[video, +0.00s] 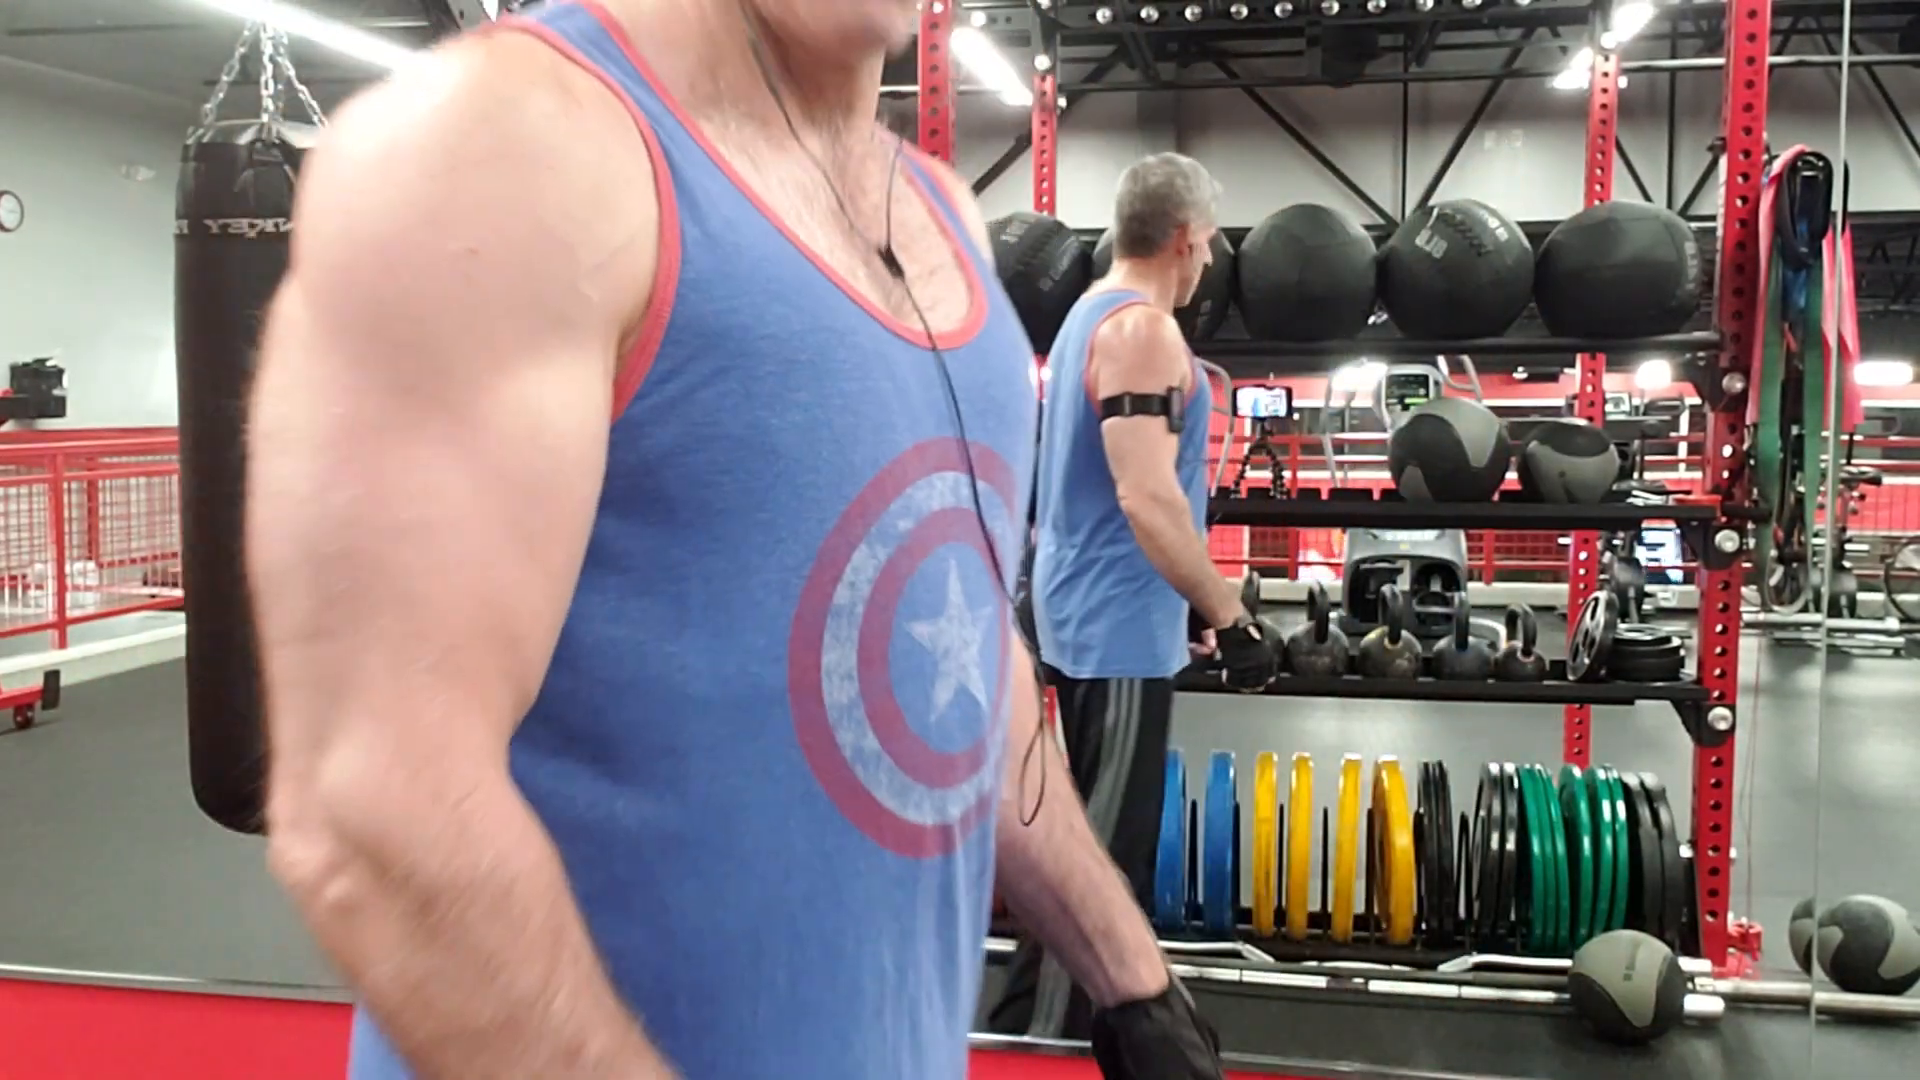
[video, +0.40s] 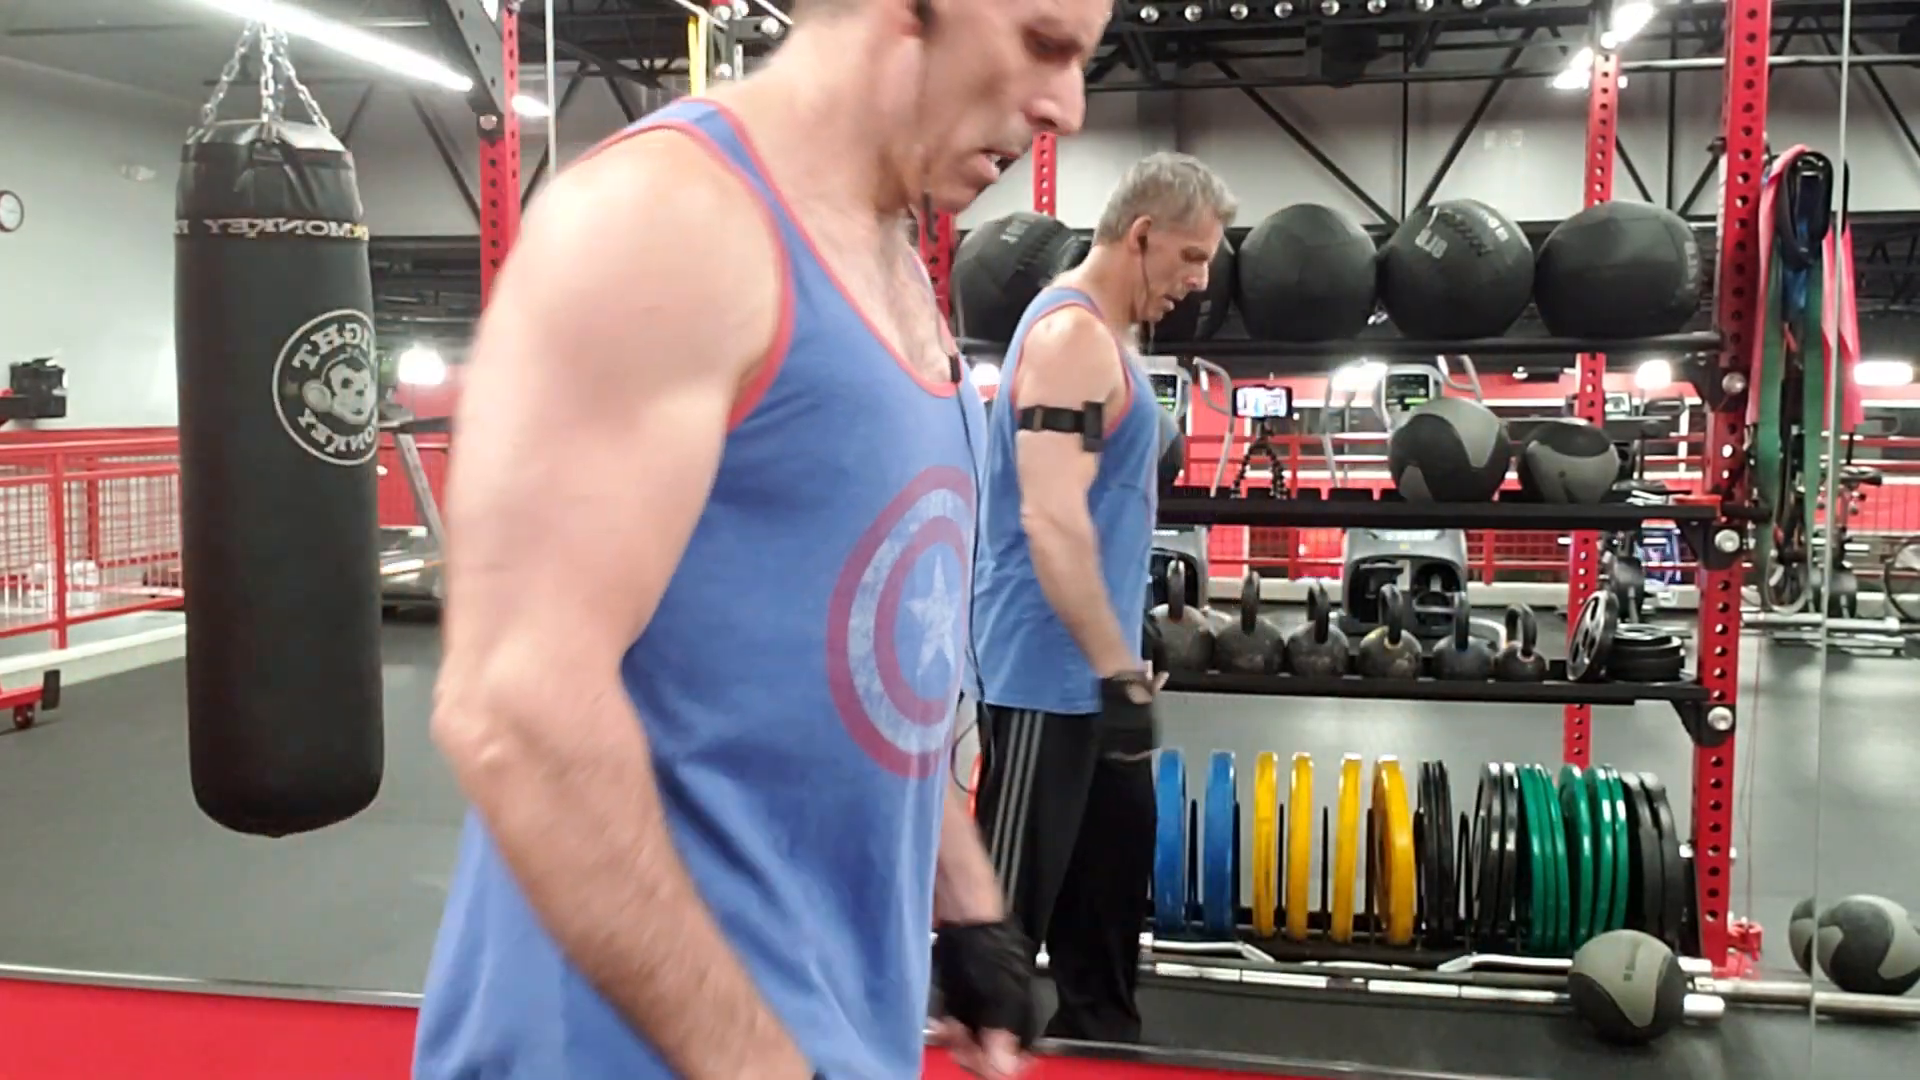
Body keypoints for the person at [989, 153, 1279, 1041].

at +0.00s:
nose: (1210, 257)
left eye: (1212, 242)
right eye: (1211, 241)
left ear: (1127, 235)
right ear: (1188, 240)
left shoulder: (1090, 318)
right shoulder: (1138, 325)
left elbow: (1082, 492)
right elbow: (1146, 496)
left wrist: (1198, 596)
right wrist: (1226, 606)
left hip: (1077, 617)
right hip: (1121, 626)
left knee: (1081, 840)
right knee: (1109, 852)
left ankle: (1042, 1022)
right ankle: (1055, 1034)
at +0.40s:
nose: (1199, 282)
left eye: (1208, 263)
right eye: (1193, 258)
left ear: (1141, 241)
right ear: (1140, 237)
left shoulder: (1098, 329)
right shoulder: (1070, 332)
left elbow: (1076, 514)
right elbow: (1054, 518)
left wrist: (1119, 654)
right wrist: (1121, 664)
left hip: (1096, 679)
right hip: (1044, 681)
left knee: (1105, 904)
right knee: (1014, 913)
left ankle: (1101, 1052)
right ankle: (986, 1050)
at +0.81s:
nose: (1255, 299)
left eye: (1266, 280)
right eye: (1249, 273)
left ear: (1209, 256)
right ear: (1195, 245)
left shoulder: (1163, 344)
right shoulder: (1098, 331)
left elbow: (1137, 521)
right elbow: (1048, 512)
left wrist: (1158, 662)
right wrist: (1100, 673)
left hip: (1144, 704)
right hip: (1079, 708)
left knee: (1131, 959)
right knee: (1031, 949)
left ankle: (1134, 1062)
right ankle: (979, 1054)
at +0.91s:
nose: (1278, 307)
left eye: (1289, 289)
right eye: (1273, 281)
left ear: (1230, 263)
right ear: (1218, 249)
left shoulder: (1186, 358)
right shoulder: (1118, 328)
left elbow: (1159, 537)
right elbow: (1056, 515)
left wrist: (1185, 670)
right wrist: (1134, 664)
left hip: (1153, 695)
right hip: (1096, 700)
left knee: (1154, 912)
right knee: (1125, 914)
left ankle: (1144, 1057)